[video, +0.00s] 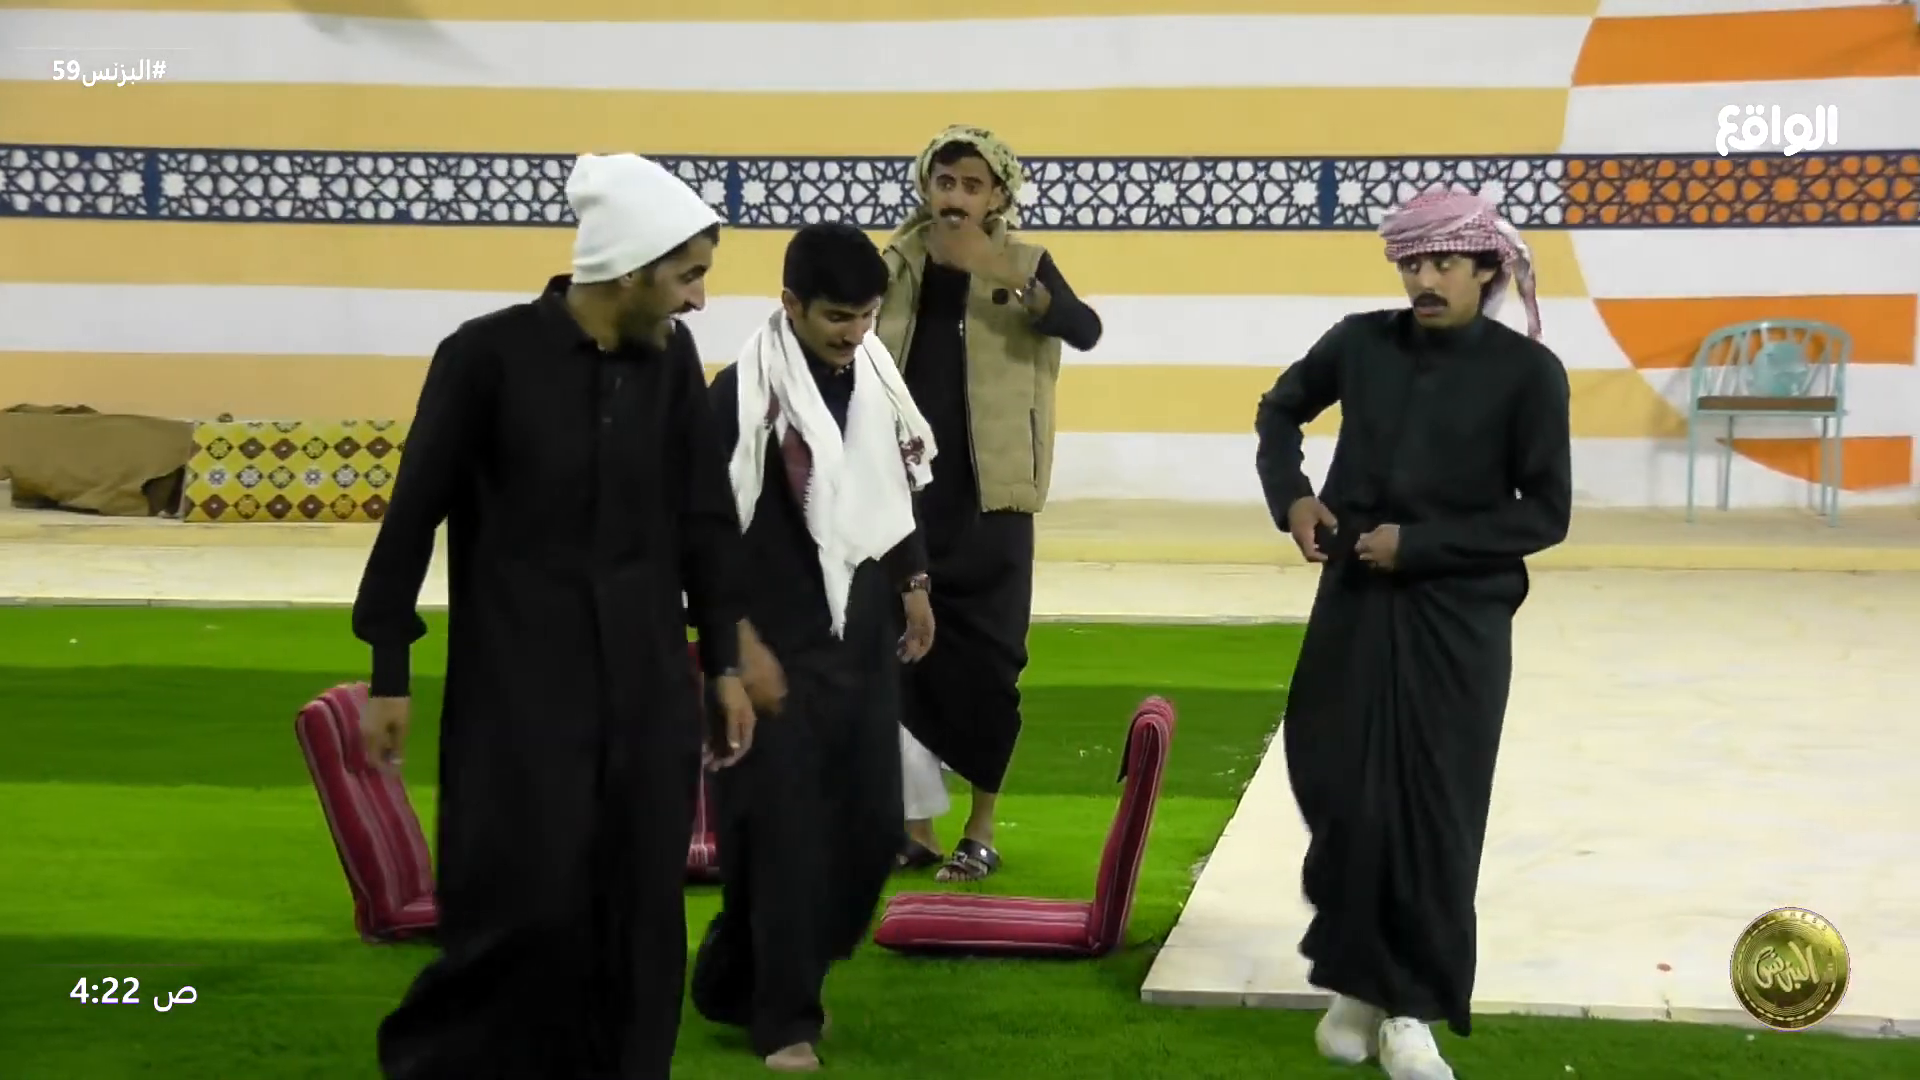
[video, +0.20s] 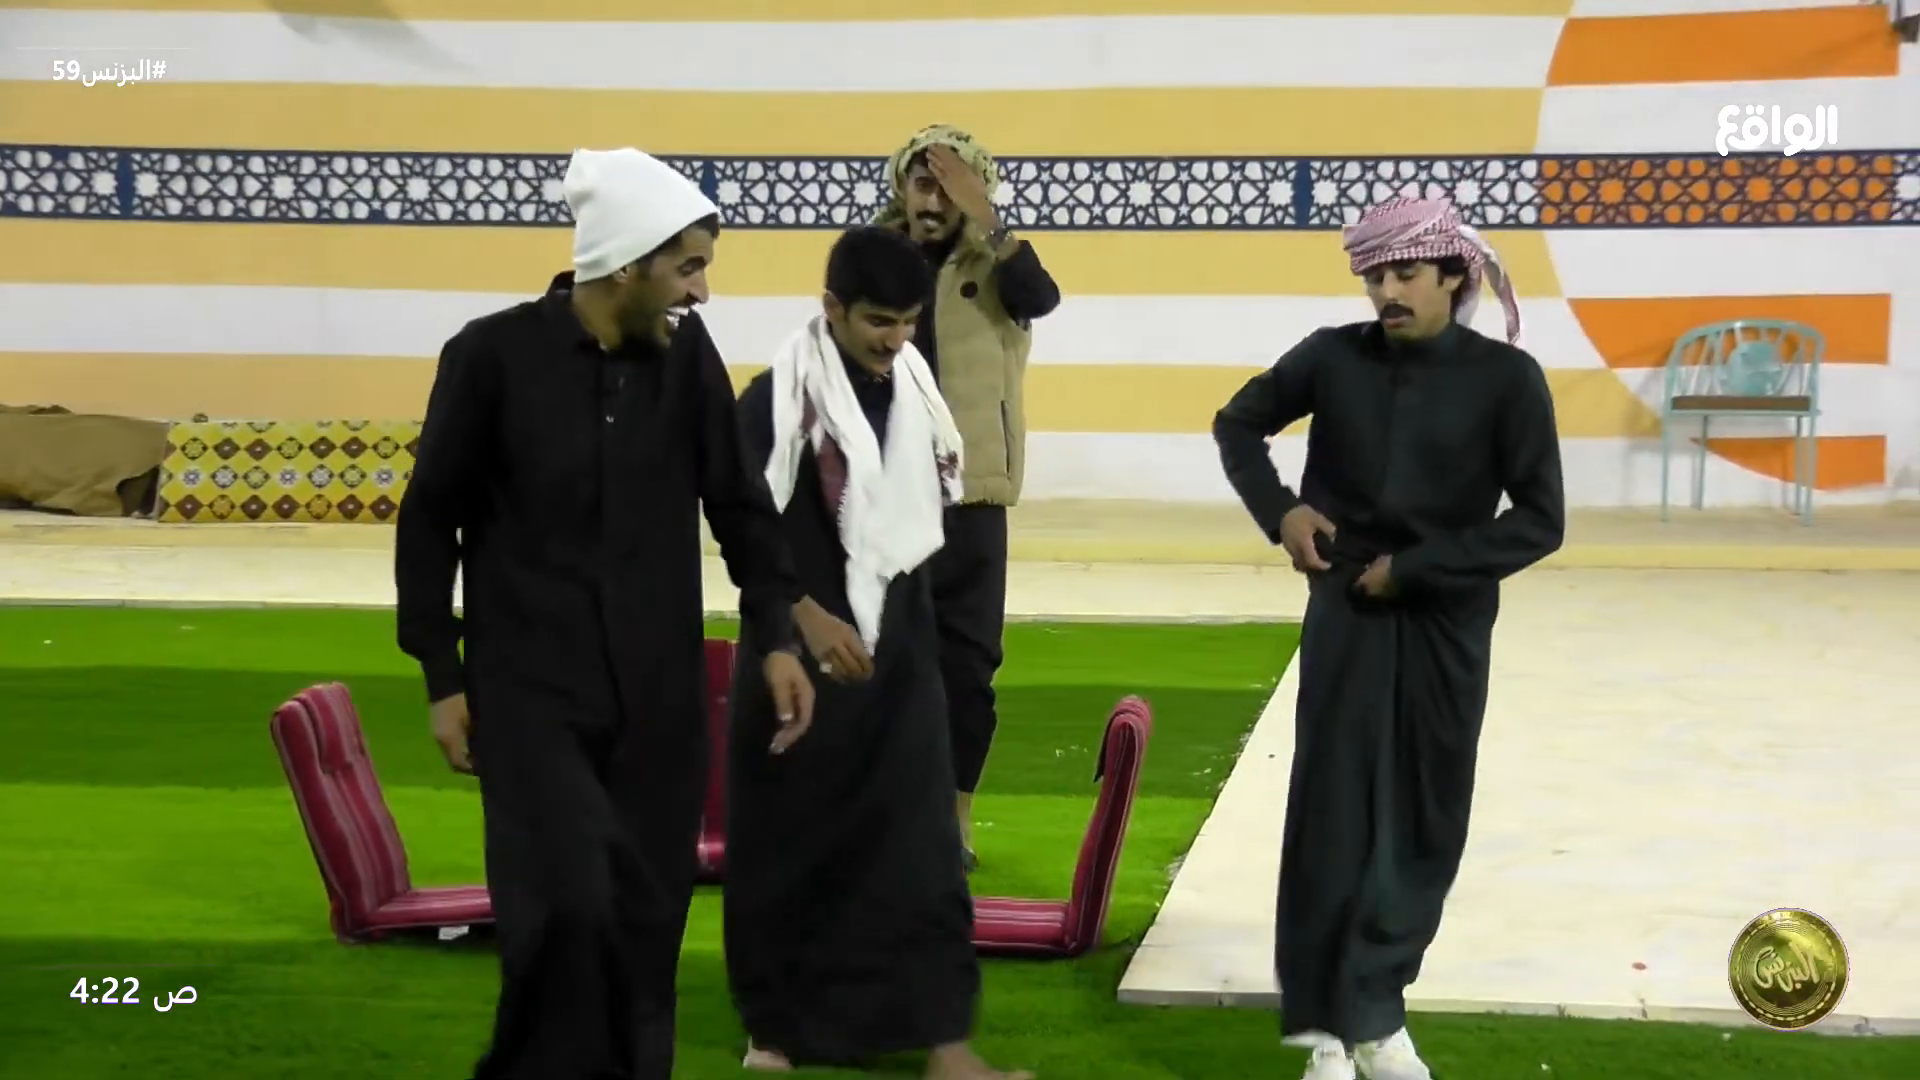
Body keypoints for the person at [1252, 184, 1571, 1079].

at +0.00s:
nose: (1430, 279)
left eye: (1450, 263)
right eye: (1418, 262)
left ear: (1488, 273)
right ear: (1400, 270)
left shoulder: (1530, 374)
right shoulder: (1358, 342)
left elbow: (1545, 515)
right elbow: (1279, 411)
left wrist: (1415, 542)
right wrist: (1293, 497)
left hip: (1460, 623)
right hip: (1355, 611)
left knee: (1440, 810)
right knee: (1346, 797)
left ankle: (1410, 1016)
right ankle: (1355, 985)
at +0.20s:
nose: (1391, 292)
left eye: (1409, 274)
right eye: (1378, 276)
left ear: (1455, 277)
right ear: (1366, 281)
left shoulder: (1509, 378)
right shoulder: (1331, 356)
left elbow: (1540, 522)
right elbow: (1238, 424)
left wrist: (1417, 567)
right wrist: (1282, 511)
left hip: (1449, 624)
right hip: (1346, 614)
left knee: (1425, 813)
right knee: (1333, 804)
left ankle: (1378, 1013)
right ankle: (1319, 1027)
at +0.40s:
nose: (1387, 311)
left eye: (1408, 293)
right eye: (1370, 293)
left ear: (1441, 300)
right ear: (1346, 298)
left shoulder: (1488, 387)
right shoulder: (1302, 381)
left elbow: (1520, 535)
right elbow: (1203, 457)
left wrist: (1394, 589)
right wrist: (1257, 545)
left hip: (1444, 659)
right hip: (1335, 656)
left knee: (1426, 861)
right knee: (1345, 863)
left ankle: (1384, 1037)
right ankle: (1365, 1062)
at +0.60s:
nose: (1421, 305)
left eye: (1441, 286)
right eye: (1402, 284)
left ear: (1463, 290)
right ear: (1365, 283)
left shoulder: (1500, 373)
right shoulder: (1302, 367)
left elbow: (1537, 526)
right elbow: (1197, 455)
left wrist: (1414, 605)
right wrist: (1255, 561)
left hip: (1452, 667)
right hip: (1335, 666)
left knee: (1459, 879)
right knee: (1340, 878)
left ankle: (1436, 1047)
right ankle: (1349, 1061)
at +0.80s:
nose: (1462, 325)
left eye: (1484, 306)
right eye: (1441, 300)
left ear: (1503, 307)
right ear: (1400, 294)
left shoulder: (1533, 393)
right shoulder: (1321, 383)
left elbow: (1561, 556)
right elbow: (1193, 466)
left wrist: (1423, 625)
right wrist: (1269, 588)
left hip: (1476, 716)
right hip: (1346, 714)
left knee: (1484, 946)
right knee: (1344, 943)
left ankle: (1493, 1072)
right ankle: (1352, 1072)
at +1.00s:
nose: (1502, 344)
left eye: (1525, 324)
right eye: (1484, 318)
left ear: (1549, 326)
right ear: (1443, 307)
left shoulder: (1583, 420)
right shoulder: (1357, 401)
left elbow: (1618, 596)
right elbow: (1236, 508)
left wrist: (1470, 676)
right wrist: (1315, 616)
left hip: (1515, 768)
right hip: (1383, 759)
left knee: (1506, 1017)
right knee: (1378, 1011)